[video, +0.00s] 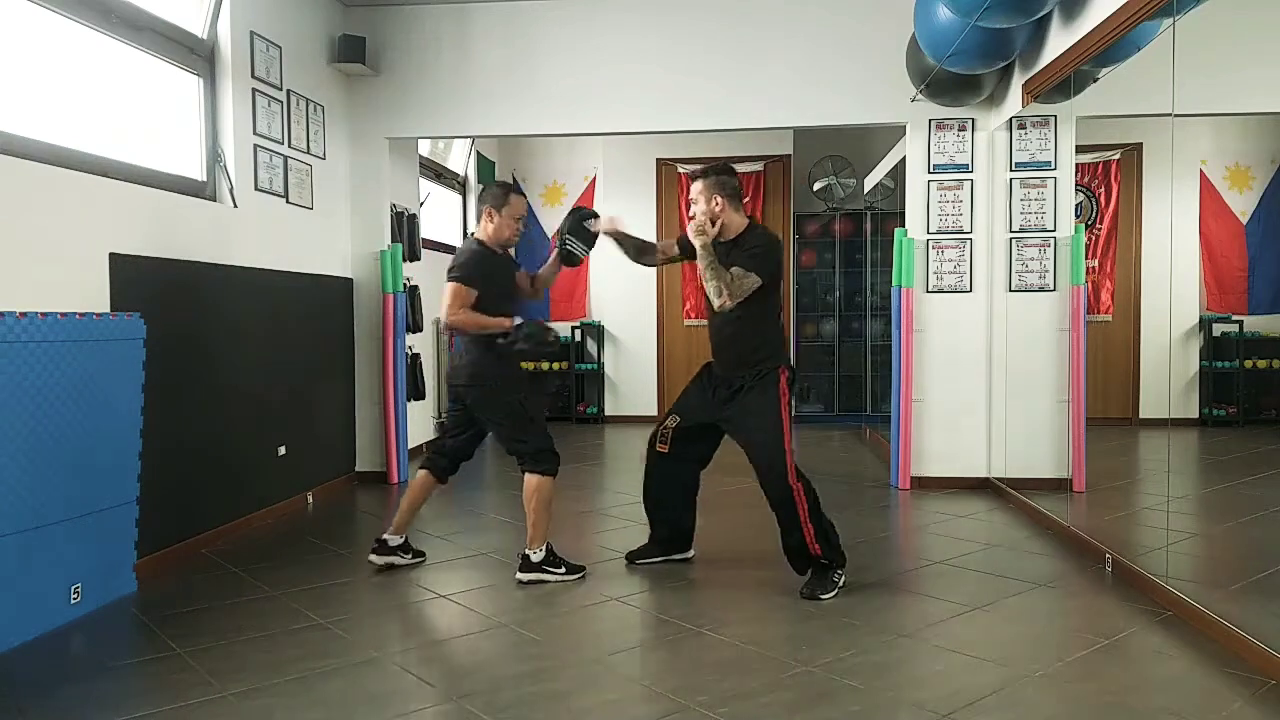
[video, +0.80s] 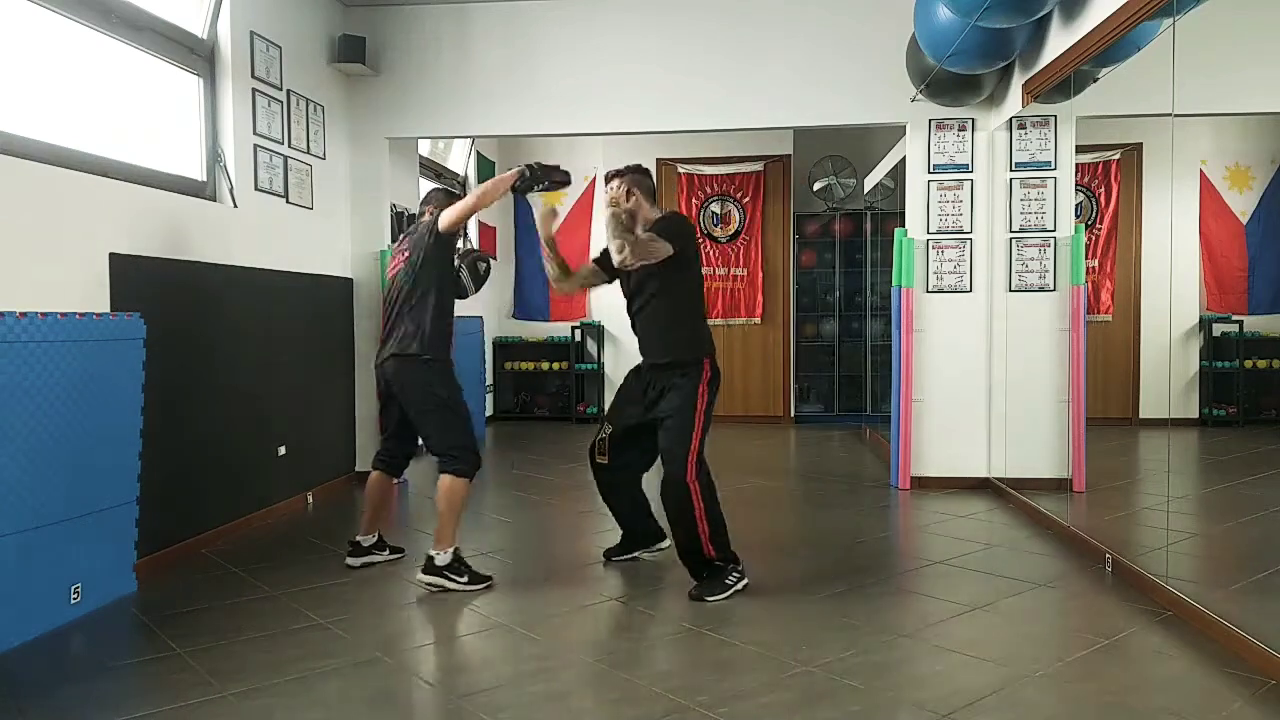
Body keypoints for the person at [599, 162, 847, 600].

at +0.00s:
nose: (692, 211)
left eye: (696, 203)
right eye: (691, 205)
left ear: (722, 203)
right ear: (719, 204)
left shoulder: (763, 245)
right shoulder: (708, 239)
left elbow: (723, 295)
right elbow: (652, 254)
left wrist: (702, 242)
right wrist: (615, 231)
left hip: (763, 380)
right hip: (719, 377)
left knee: (778, 474)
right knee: (668, 447)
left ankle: (826, 562)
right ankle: (671, 541)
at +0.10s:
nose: (668, 209)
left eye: (672, 200)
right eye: (667, 201)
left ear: (695, 199)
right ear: (694, 200)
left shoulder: (738, 239)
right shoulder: (690, 242)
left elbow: (720, 295)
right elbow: (642, 255)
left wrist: (685, 261)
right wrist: (591, 233)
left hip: (737, 375)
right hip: (699, 375)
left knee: (754, 472)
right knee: (651, 449)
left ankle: (828, 554)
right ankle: (658, 541)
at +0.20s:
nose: (652, 206)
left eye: (654, 198)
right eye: (651, 199)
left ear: (676, 198)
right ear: (684, 199)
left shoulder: (698, 228)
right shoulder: (690, 239)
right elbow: (658, 277)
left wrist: (635, 234)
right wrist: (633, 240)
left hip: (716, 368)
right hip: (690, 371)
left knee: (737, 473)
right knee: (647, 450)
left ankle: (819, 548)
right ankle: (651, 542)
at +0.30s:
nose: (637, 210)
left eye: (643, 203)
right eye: (639, 204)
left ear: (666, 203)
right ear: (675, 204)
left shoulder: (684, 228)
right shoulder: (695, 243)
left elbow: (626, 225)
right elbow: (657, 276)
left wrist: (586, 226)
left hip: (706, 374)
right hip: (683, 376)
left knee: (724, 484)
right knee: (641, 450)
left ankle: (810, 555)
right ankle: (650, 541)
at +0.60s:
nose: (618, 210)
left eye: (621, 203)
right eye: (621, 203)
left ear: (633, 200)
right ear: (649, 203)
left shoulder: (641, 223)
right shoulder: (679, 243)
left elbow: (576, 215)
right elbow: (667, 304)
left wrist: (616, 187)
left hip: (685, 369)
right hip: (662, 369)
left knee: (684, 474)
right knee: (630, 448)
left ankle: (750, 562)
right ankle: (647, 541)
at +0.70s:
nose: (625, 193)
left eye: (631, 186)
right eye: (619, 189)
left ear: (644, 193)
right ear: (620, 201)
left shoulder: (655, 223)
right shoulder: (646, 248)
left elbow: (587, 250)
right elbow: (650, 324)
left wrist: (605, 203)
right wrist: (607, 309)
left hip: (688, 364)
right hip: (653, 367)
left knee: (676, 464)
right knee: (620, 451)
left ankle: (719, 565)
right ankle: (647, 541)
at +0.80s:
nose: (610, 200)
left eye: (614, 191)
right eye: (608, 195)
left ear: (633, 191)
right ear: (619, 200)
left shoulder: (675, 226)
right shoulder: (622, 249)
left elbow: (628, 257)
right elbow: (566, 283)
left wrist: (616, 211)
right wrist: (547, 238)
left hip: (691, 371)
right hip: (650, 373)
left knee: (680, 472)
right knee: (607, 456)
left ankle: (720, 568)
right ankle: (642, 532)